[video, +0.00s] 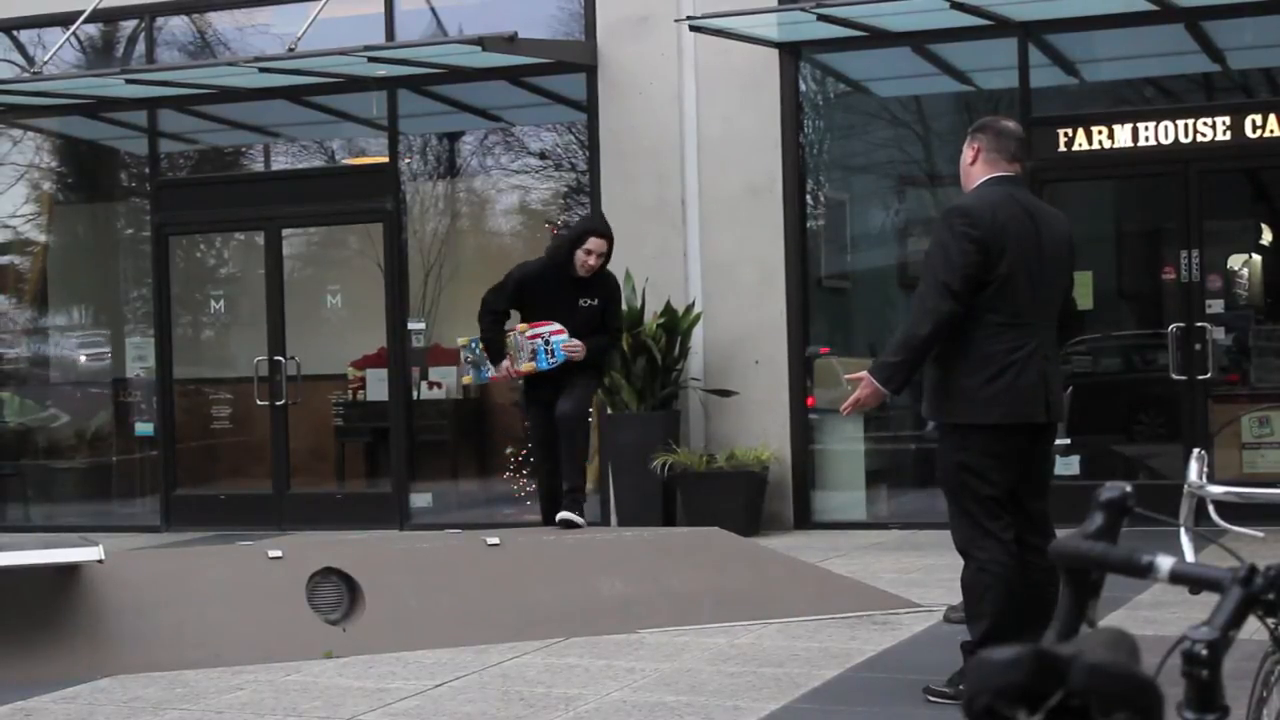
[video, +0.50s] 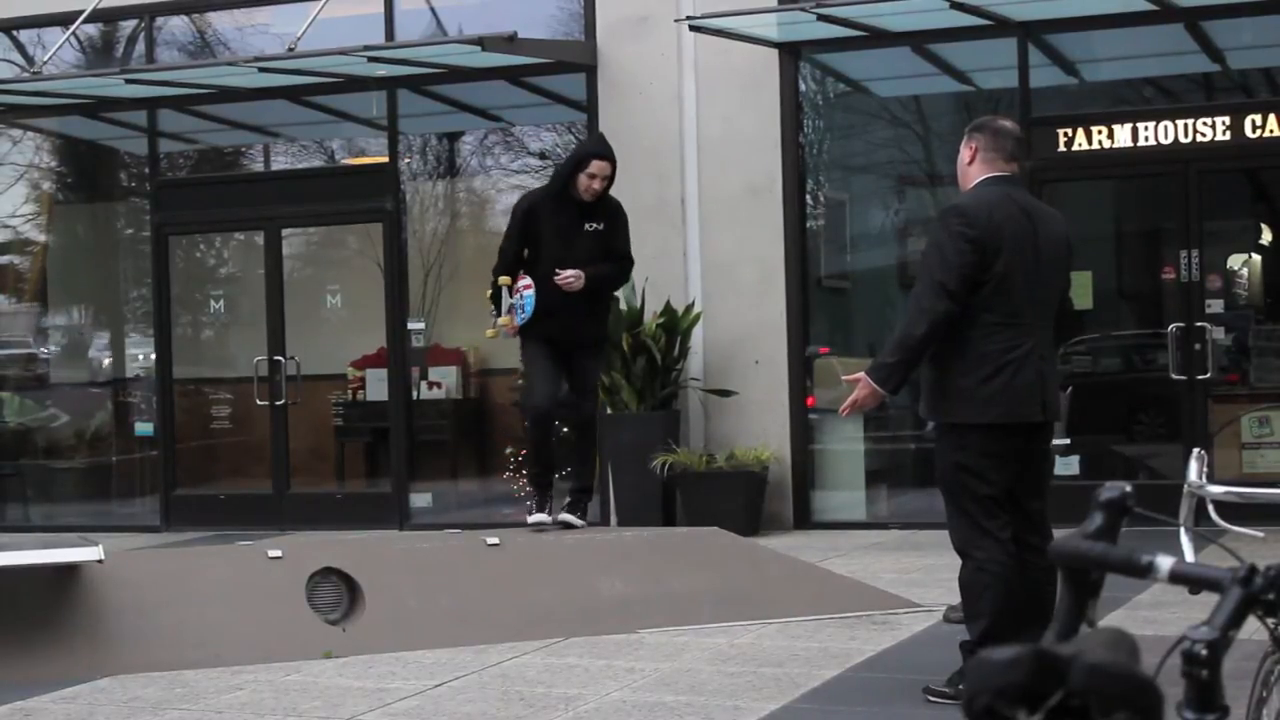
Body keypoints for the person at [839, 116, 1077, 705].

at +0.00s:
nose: (959, 166)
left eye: (961, 156)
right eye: (962, 157)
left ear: (974, 154)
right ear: (1021, 162)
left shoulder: (968, 216)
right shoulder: (1051, 221)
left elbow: (934, 309)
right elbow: (1067, 317)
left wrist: (884, 376)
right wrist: (1023, 354)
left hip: (975, 408)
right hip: (1034, 407)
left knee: (983, 538)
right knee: (1029, 531)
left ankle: (987, 674)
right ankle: (1030, 666)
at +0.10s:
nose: (958, 166)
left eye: (960, 156)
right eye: (961, 157)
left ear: (973, 153)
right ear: (1021, 161)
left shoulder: (968, 217)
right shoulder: (1051, 221)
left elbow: (934, 310)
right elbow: (1067, 317)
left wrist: (884, 377)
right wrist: (1022, 351)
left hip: (975, 408)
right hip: (1034, 407)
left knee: (982, 538)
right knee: (1029, 531)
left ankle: (987, 674)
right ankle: (1029, 665)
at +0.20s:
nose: (957, 166)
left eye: (960, 156)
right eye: (960, 157)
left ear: (973, 154)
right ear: (1020, 162)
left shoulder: (967, 216)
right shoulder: (1051, 222)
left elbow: (934, 309)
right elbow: (1066, 317)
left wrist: (884, 376)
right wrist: (1023, 353)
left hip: (974, 408)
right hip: (1033, 407)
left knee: (982, 539)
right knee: (1029, 532)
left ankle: (986, 675)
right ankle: (1030, 667)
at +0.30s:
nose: (957, 166)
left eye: (959, 156)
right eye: (960, 158)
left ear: (972, 154)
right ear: (1020, 162)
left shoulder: (967, 216)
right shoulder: (1050, 222)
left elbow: (932, 309)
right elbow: (1065, 317)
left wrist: (883, 376)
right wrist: (1023, 352)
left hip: (974, 408)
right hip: (1033, 407)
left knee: (982, 538)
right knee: (1028, 533)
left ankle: (986, 674)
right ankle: (1029, 666)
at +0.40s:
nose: (956, 166)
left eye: (958, 156)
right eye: (959, 157)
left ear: (971, 154)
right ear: (1018, 161)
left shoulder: (966, 217)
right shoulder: (1048, 221)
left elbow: (931, 309)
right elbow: (1065, 317)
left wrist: (882, 376)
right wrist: (1023, 351)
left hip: (973, 408)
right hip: (1032, 407)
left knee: (981, 538)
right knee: (1027, 532)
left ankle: (986, 674)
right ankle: (1028, 667)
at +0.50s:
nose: (956, 165)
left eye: (958, 155)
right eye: (959, 156)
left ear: (971, 153)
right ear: (1019, 161)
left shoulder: (965, 217)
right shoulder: (1048, 221)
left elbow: (931, 308)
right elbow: (1065, 317)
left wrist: (882, 376)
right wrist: (1023, 350)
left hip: (973, 408)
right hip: (1032, 407)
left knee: (981, 538)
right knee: (1027, 532)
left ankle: (986, 674)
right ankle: (1028, 667)